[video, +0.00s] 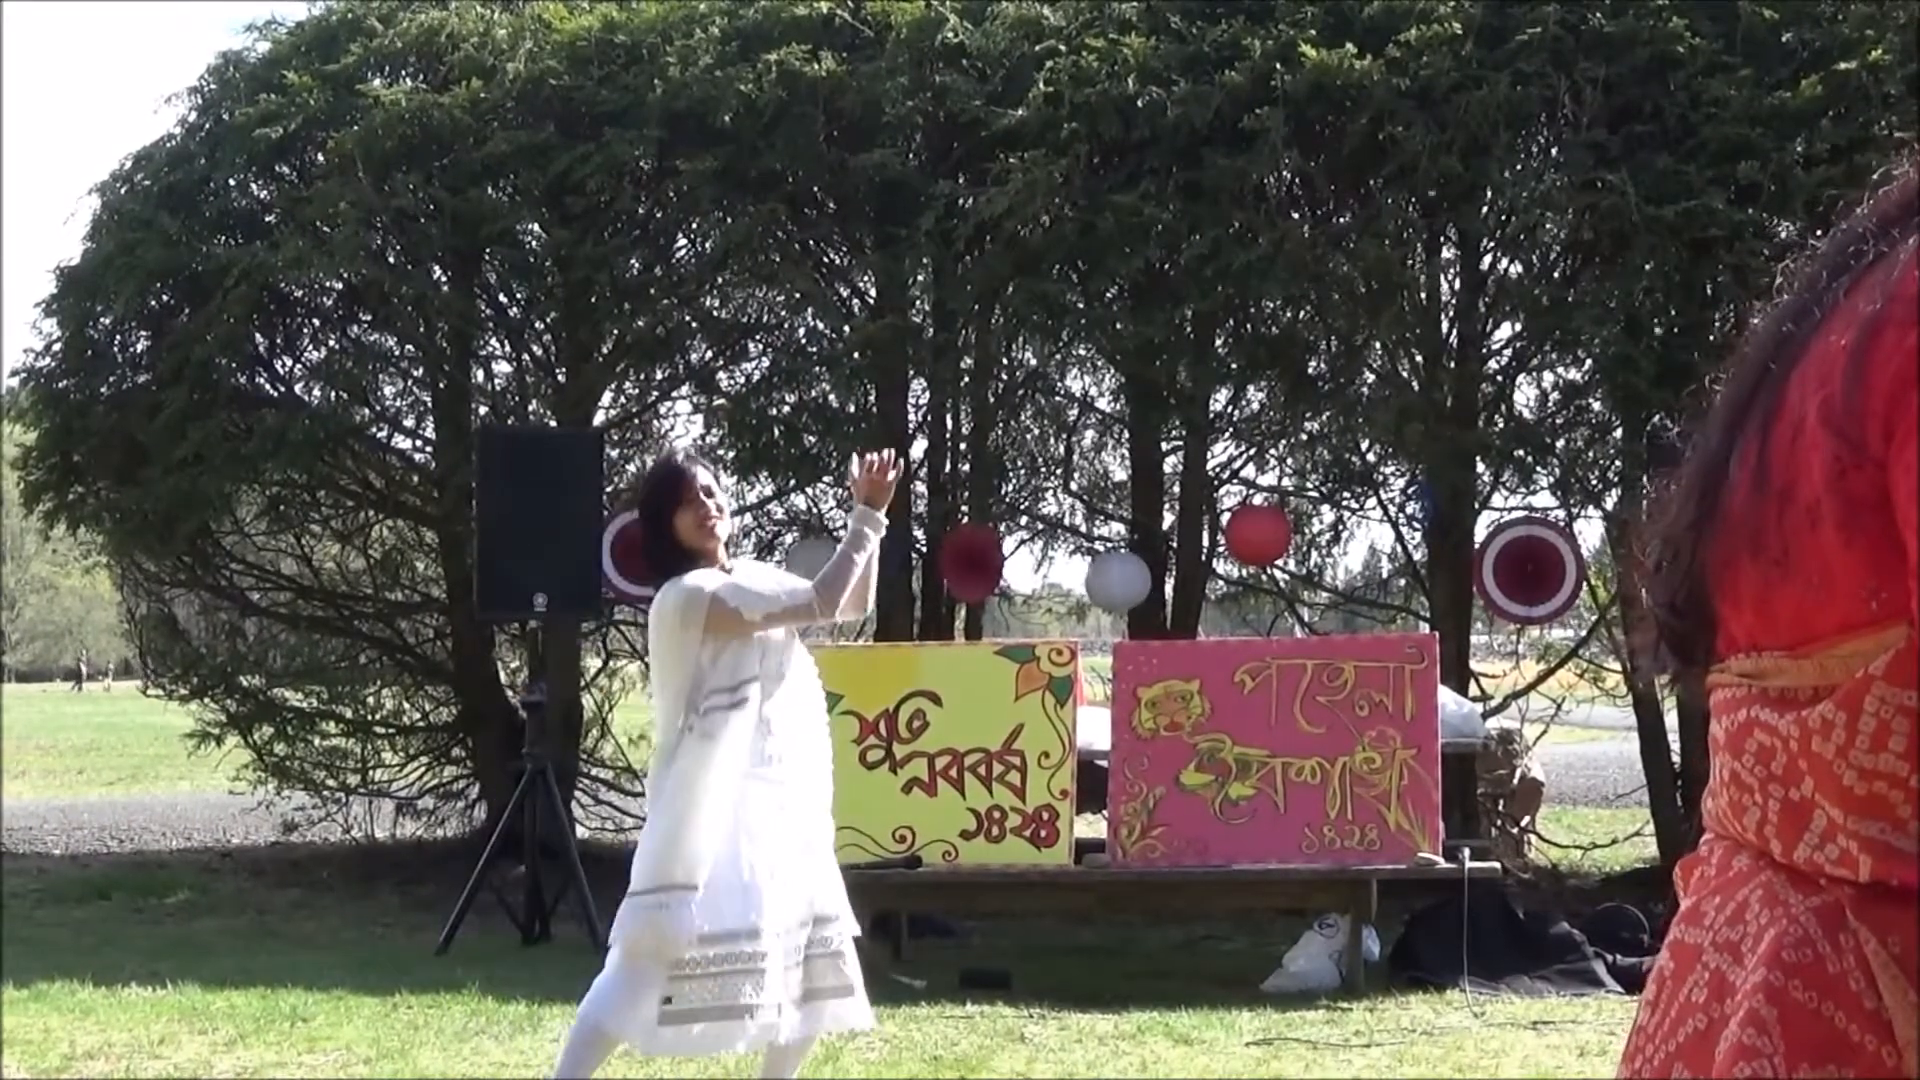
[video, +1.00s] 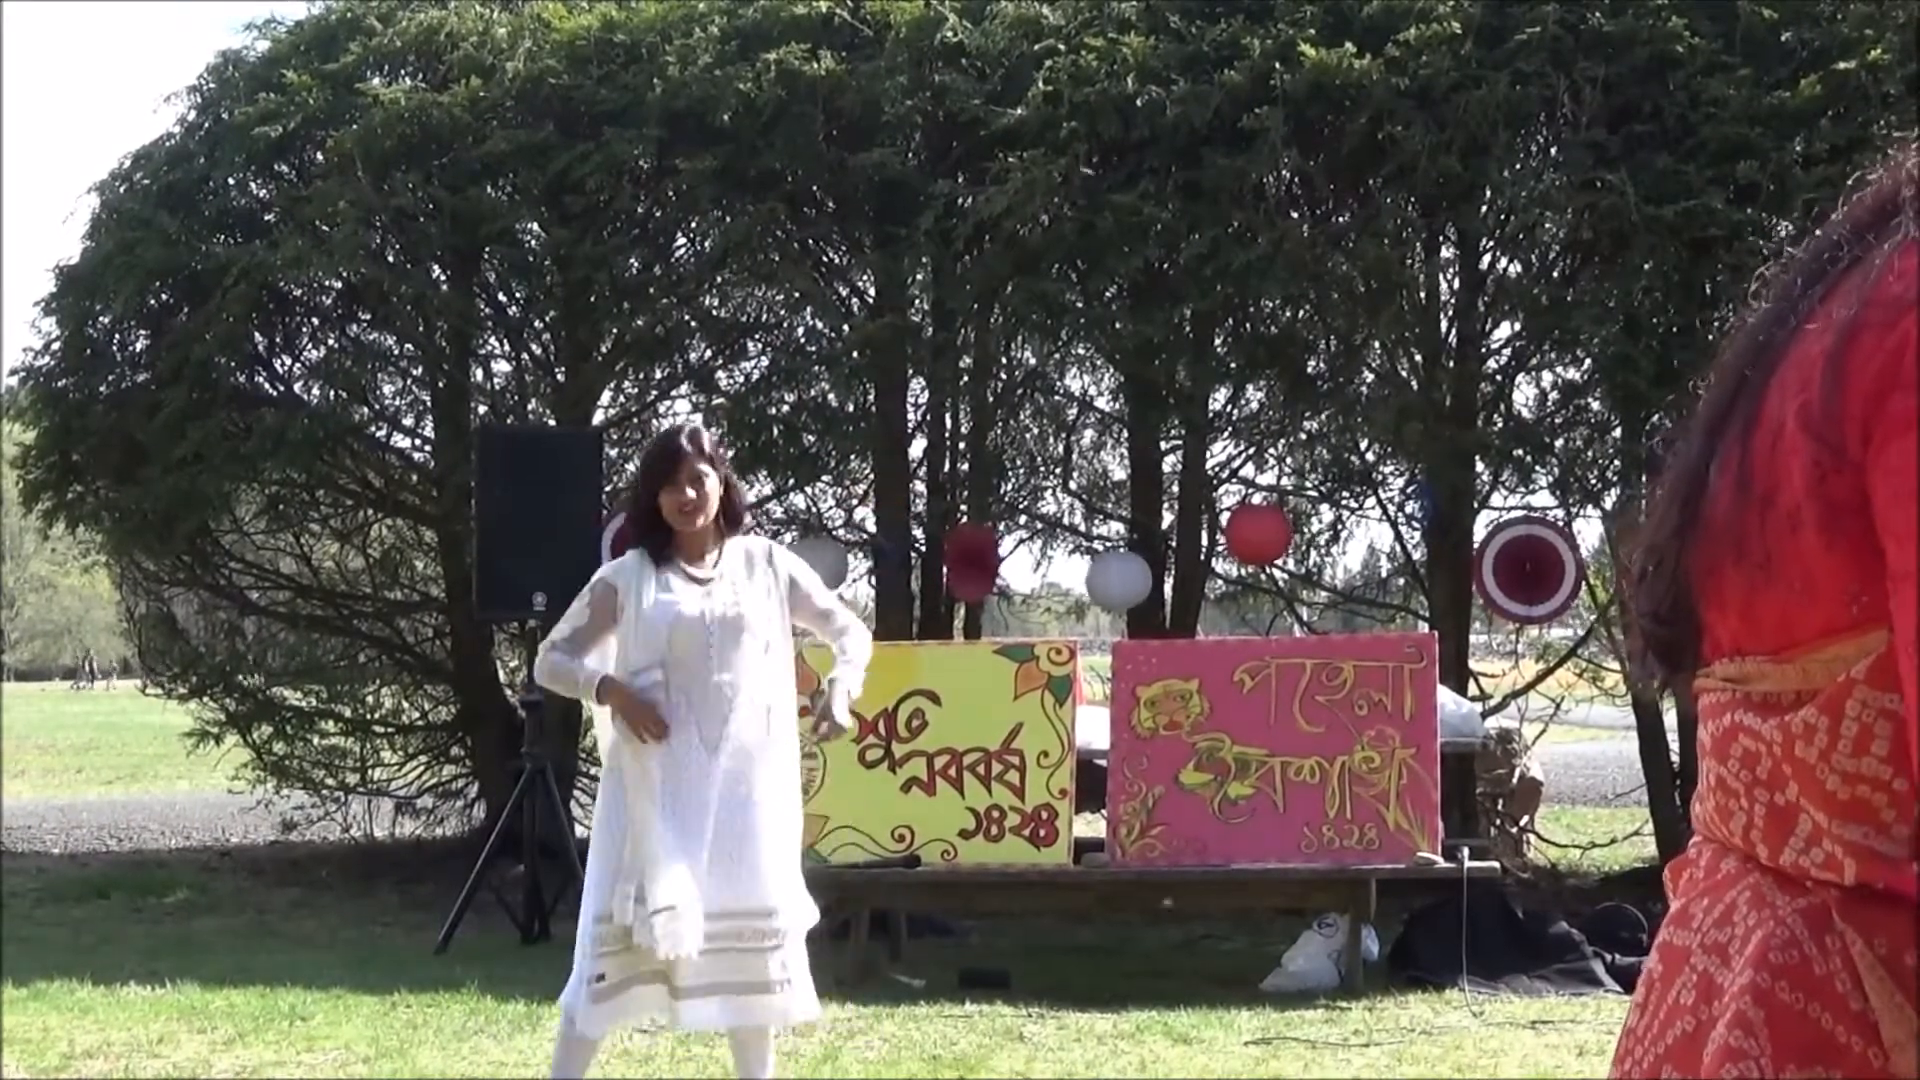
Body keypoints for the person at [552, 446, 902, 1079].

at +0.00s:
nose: (706, 507)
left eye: (710, 493)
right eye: (687, 502)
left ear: (725, 501)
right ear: (665, 522)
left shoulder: (751, 583)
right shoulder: (685, 596)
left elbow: (848, 606)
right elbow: (826, 601)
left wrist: (871, 517)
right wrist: (867, 513)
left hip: (779, 811)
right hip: (702, 813)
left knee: (821, 978)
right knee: (638, 966)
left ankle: (775, 1073)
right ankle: (566, 1072)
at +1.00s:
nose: (687, 497)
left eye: (699, 481)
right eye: (672, 485)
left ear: (723, 486)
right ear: (653, 495)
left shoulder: (771, 565)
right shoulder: (626, 576)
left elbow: (852, 636)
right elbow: (552, 661)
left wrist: (840, 689)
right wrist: (614, 690)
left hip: (750, 796)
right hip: (648, 799)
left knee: (758, 966)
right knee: (603, 966)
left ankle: (755, 1076)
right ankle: (563, 1075)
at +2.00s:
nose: (576, 489)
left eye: (585, 476)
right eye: (560, 479)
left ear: (602, 482)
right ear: (536, 491)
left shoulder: (631, 561)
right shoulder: (508, 565)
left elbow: (692, 638)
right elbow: (399, 610)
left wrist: (750, 699)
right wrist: (408, 695)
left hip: (608, 771)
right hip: (533, 768)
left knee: (575, 936)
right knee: (553, 937)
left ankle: (432, 1034)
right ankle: (549, 1071)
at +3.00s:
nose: (550, 499)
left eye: (560, 486)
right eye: (536, 488)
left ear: (575, 495)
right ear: (509, 498)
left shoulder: (591, 572)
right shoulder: (493, 573)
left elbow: (673, 649)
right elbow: (498, 496)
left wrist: (629, 672)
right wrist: (585, 443)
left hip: (582, 779)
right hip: (515, 776)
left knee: (549, 953)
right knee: (543, 946)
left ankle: (416, 1069)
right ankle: (548, 1070)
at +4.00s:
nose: (523, 496)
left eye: (535, 480)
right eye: (508, 484)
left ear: (556, 485)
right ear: (488, 496)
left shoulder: (590, 558)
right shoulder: (480, 565)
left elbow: (676, 639)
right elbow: (460, 479)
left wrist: (621, 681)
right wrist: (559, 442)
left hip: (575, 779)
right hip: (502, 777)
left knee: (529, 950)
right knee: (534, 948)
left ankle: (413, 1069)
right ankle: (544, 1072)